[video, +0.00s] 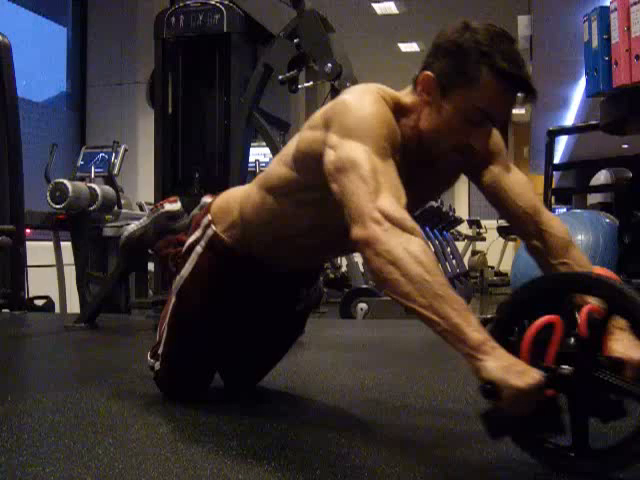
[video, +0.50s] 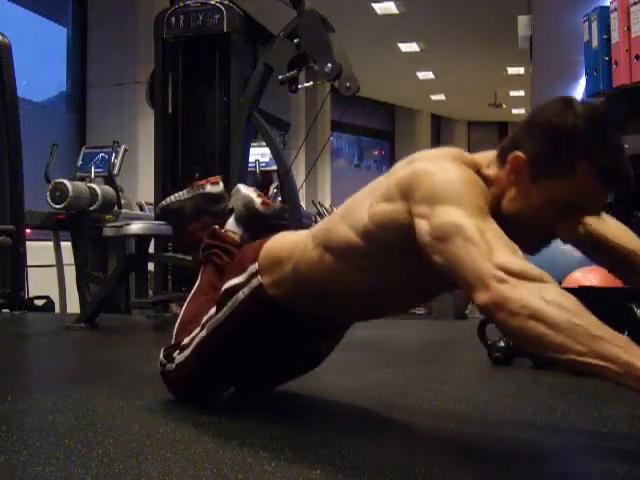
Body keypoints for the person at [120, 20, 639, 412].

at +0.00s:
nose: (489, 142)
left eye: (495, 126)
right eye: (477, 120)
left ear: (497, 121)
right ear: (425, 92)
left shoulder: (472, 139)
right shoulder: (360, 115)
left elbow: (542, 231)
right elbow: (381, 235)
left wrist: (611, 322)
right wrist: (490, 356)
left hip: (297, 276)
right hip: (228, 258)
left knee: (241, 377)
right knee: (180, 382)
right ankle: (182, 241)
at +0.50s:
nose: (571, 228)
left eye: (579, 214)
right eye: (565, 212)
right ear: (516, 175)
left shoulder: (524, 188)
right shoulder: (442, 181)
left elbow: (624, 250)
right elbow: (508, 294)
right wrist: (633, 364)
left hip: (326, 315)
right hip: (272, 296)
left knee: (246, 379)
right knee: (180, 374)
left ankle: (248, 259)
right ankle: (220, 263)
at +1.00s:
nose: (576, 287)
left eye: (589, 283)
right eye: (579, 276)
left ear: (546, 226)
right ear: (543, 232)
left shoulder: (523, 228)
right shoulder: (469, 232)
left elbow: (577, 316)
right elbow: (547, 338)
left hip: (331, 326)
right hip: (284, 312)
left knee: (226, 378)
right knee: (184, 371)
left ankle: (264, 253)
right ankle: (231, 246)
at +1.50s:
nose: (526, 236)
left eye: (541, 224)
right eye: (528, 216)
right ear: (492, 172)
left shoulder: (514, 171)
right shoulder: (416, 163)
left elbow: (616, 252)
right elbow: (467, 289)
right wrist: (605, 377)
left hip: (320, 301)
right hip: (259, 280)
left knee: (249, 380)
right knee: (184, 379)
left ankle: (259, 237)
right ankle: (220, 252)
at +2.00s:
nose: (429, 167)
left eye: (441, 157)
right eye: (425, 152)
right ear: (392, 111)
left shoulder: (432, 124)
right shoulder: (324, 99)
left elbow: (497, 212)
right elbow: (316, 225)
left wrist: (543, 319)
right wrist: (399, 350)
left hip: (283, 258)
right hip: (215, 246)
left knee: (242, 378)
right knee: (180, 383)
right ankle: (173, 250)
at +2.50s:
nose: (401, 151)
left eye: (413, 142)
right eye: (398, 136)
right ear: (368, 93)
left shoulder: (416, 112)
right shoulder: (301, 88)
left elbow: (460, 201)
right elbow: (284, 217)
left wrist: (499, 307)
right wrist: (351, 345)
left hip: (274, 249)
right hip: (206, 240)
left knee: (240, 378)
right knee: (176, 384)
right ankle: (159, 257)